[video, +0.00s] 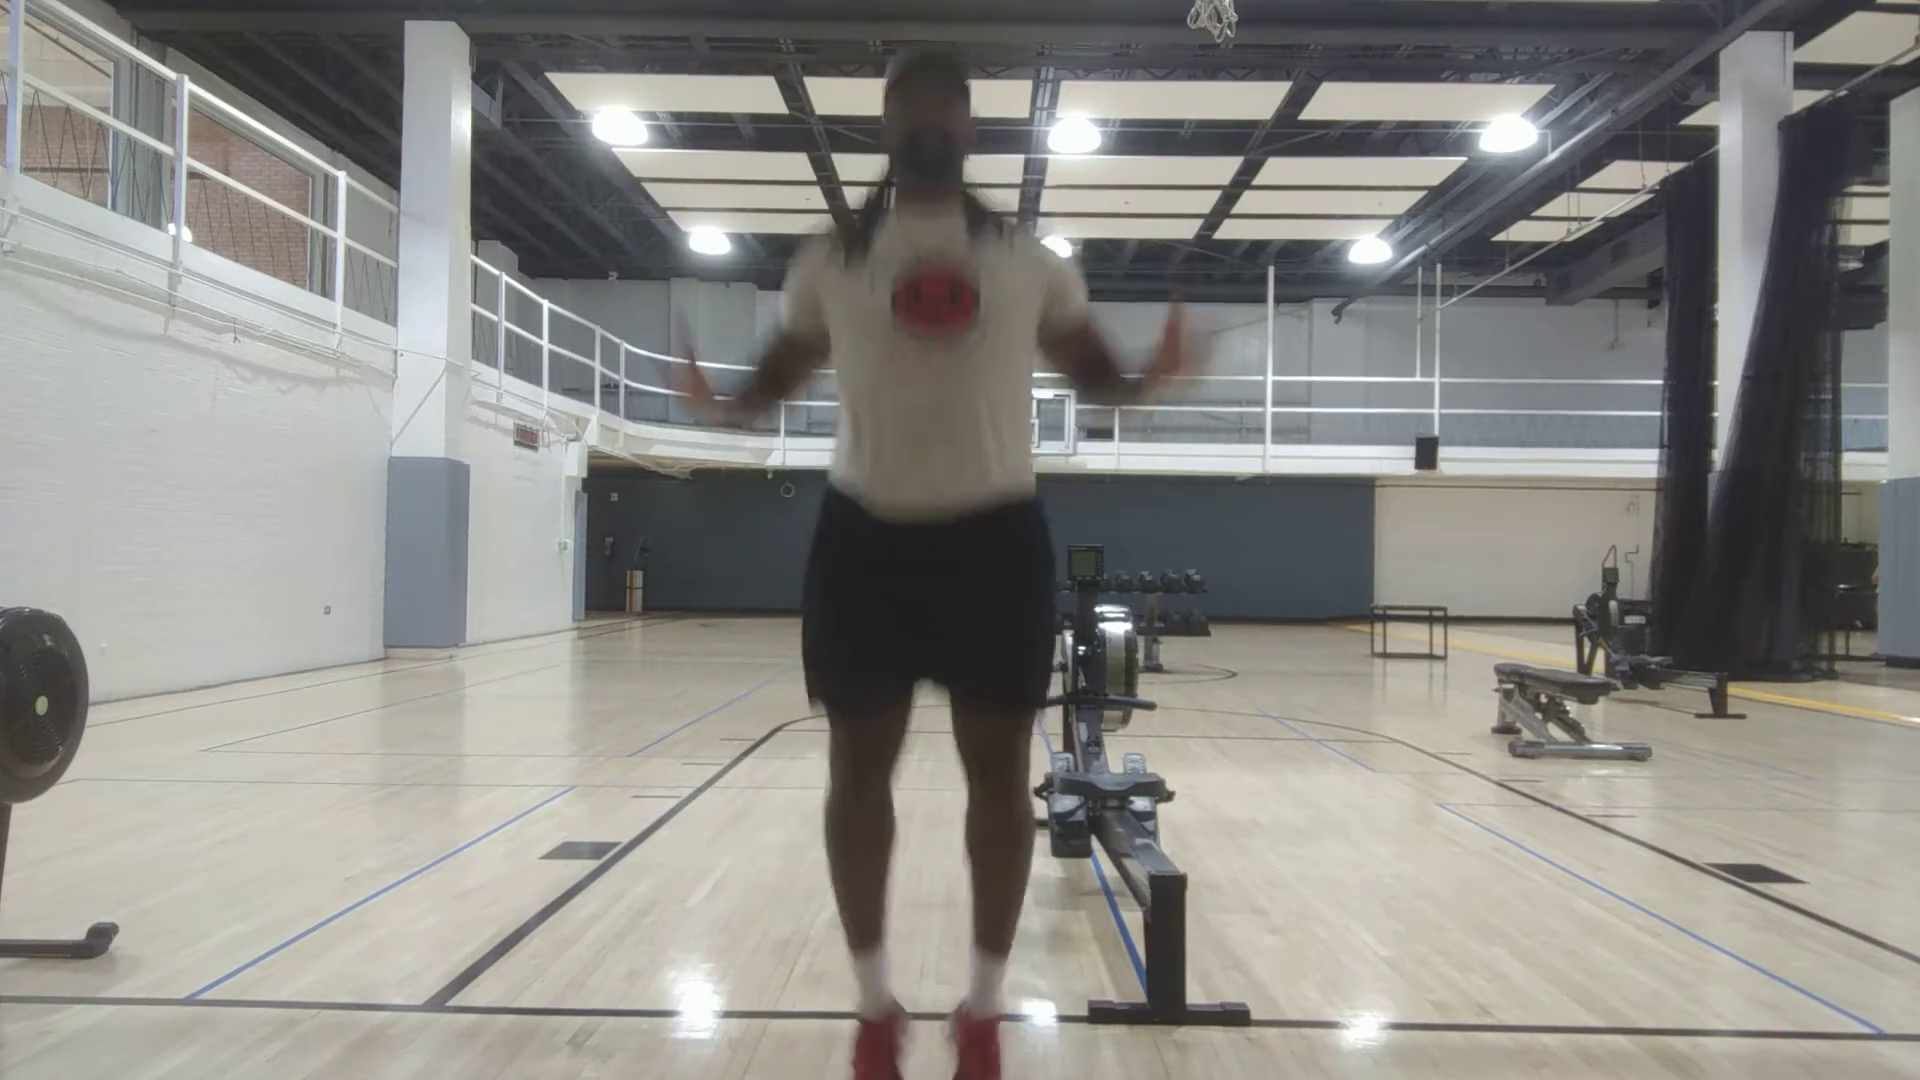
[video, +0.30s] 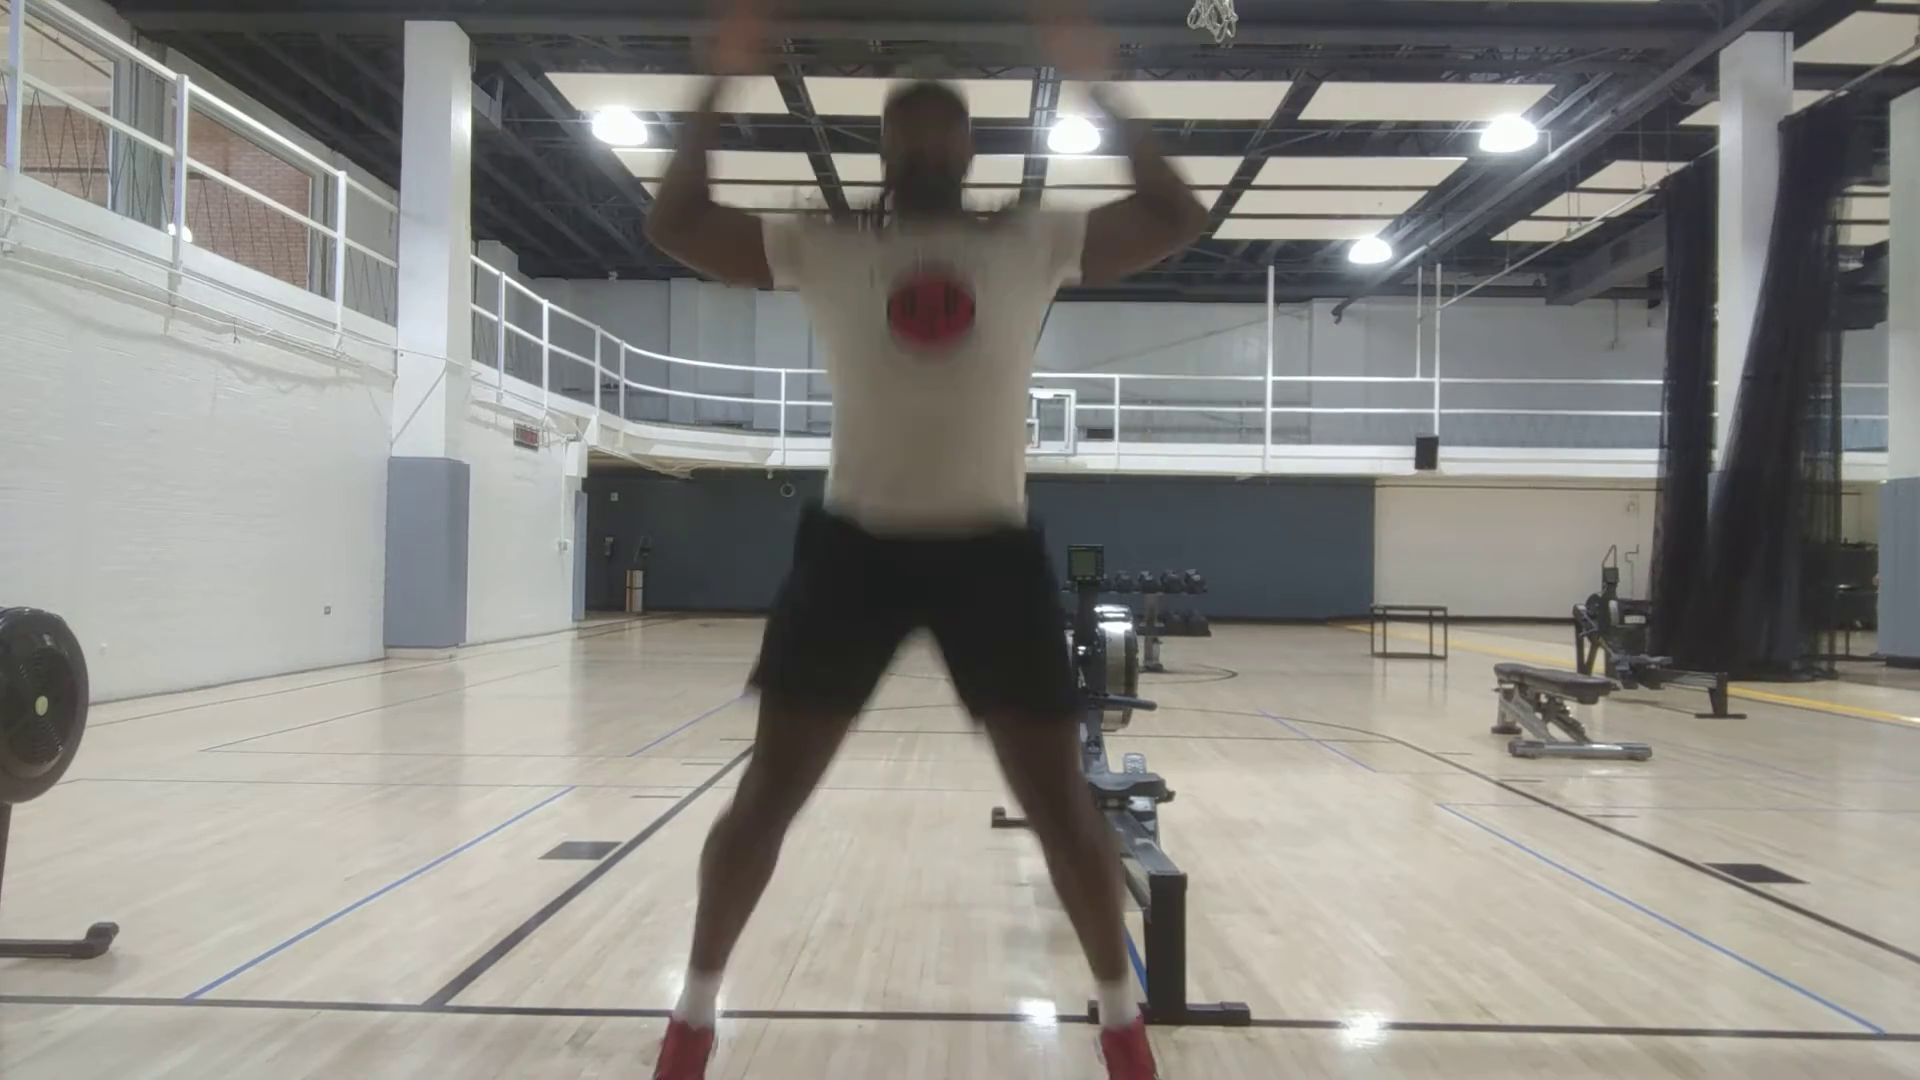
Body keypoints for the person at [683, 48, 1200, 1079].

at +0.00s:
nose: (932, 119)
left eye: (949, 101)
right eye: (914, 101)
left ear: (972, 123)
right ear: (884, 121)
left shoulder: (1029, 261)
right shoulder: (832, 259)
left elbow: (1100, 380)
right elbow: (779, 378)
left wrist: (1153, 375)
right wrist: (729, 400)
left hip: (996, 535)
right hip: (868, 536)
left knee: (1000, 773)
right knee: (859, 769)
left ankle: (983, 1005)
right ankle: (876, 1004)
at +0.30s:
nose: (925, 135)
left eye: (942, 120)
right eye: (908, 120)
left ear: (971, 145)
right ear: (880, 144)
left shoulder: (1031, 244)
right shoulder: (825, 247)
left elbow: (1175, 218)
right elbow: (677, 224)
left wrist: (1105, 86)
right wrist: (716, 82)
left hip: (992, 553)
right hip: (854, 550)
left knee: (1063, 804)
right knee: (767, 797)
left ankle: (1122, 1014)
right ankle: (694, 1011)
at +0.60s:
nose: (925, 91)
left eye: (944, 75)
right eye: (907, 74)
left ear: (975, 96)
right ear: (878, 94)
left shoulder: (1027, 198)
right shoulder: (826, 196)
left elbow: (1155, 270)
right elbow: (690, 238)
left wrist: (1218, 170)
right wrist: (648, 126)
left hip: (993, 498)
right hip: (857, 494)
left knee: (1033, 747)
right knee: (803, 735)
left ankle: (1070, 988)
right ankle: (768, 974)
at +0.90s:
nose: (930, 182)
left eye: (949, 166)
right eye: (913, 165)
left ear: (977, 185)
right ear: (887, 181)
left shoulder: (1029, 313)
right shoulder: (830, 312)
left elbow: (1055, 467)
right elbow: (786, 458)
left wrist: (1067, 474)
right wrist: (804, 466)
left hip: (995, 594)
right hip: (865, 592)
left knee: (995, 840)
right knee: (867, 833)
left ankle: (955, 1041)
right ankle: (881, 1046)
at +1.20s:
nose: (940, 57)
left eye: (959, 41)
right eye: (922, 40)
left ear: (987, 65)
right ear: (892, 64)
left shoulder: (1042, 178)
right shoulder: (839, 179)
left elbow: (1181, 244)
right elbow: (690, 242)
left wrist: (1214, 121)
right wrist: (651, 112)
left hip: (1008, 471)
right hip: (871, 467)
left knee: (1045, 727)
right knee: (817, 721)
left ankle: (1084, 983)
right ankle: (765, 972)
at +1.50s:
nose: (947, 175)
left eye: (963, 160)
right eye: (930, 159)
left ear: (989, 183)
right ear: (902, 181)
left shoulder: (1048, 280)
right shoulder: (842, 279)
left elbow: (1190, 261)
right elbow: (697, 253)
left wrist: (1150, 133)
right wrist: (731, 110)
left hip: (1014, 581)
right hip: (873, 578)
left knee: (1082, 811)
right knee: (791, 804)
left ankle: (1127, 1026)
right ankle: (724, 1017)